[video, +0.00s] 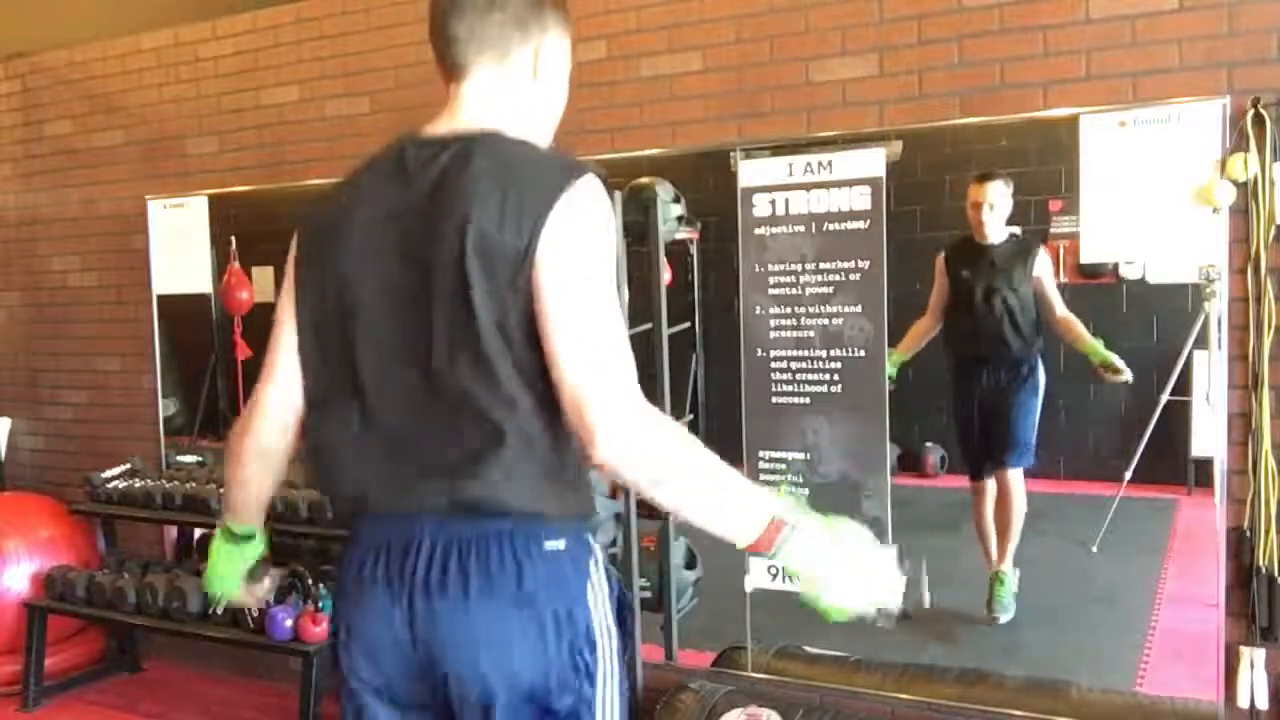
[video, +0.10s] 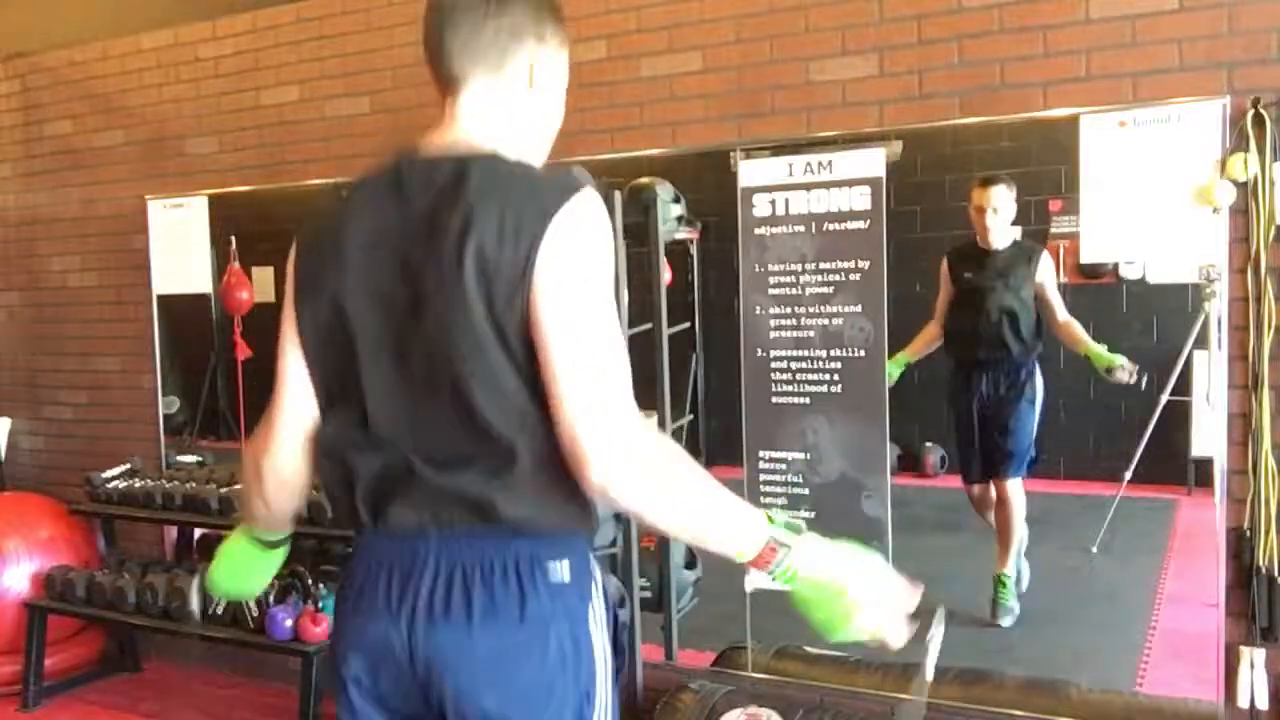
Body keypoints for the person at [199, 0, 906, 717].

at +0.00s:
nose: (567, 85)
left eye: (564, 63)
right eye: (565, 63)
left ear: (445, 61)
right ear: (547, 58)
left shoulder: (333, 215)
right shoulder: (557, 193)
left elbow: (270, 417)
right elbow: (613, 429)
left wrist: (236, 533)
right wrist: (787, 533)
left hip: (376, 577)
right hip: (526, 578)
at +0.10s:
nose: (564, 102)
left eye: (562, 77)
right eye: (562, 76)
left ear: (441, 71)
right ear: (537, 69)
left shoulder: (331, 228)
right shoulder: (550, 208)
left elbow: (283, 443)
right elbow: (613, 455)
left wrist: (264, 528)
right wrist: (790, 556)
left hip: (375, 592)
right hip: (524, 600)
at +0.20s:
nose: (568, 167)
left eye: (564, 147)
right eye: (566, 145)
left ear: (433, 148)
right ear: (542, 146)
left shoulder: (338, 303)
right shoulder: (562, 301)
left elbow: (274, 522)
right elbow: (631, 539)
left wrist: (365, 436)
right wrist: (820, 529)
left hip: (382, 657)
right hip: (534, 663)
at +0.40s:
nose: (568, 65)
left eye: (564, 43)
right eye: (565, 42)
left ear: (441, 46)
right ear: (540, 40)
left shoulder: (331, 203)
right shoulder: (560, 186)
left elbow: (261, 417)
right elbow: (617, 430)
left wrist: (224, 525)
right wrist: (790, 543)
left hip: (354, 567)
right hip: (499, 585)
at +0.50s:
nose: (563, 79)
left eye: (561, 55)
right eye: (562, 54)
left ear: (435, 54)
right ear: (538, 50)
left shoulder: (329, 207)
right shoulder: (558, 193)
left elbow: (255, 441)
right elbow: (608, 446)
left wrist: (235, 510)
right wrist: (784, 546)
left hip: (356, 566)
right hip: (502, 583)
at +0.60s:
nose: (561, 154)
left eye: (557, 130)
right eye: (558, 130)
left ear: (435, 132)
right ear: (535, 127)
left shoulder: (331, 289)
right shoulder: (555, 284)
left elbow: (259, 500)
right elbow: (621, 528)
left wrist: (371, 445)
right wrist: (804, 522)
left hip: (356, 646)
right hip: (502, 657)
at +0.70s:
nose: (556, 156)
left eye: (551, 129)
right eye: (552, 128)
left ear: (429, 131)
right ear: (524, 123)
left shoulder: (328, 293)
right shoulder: (551, 279)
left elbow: (256, 501)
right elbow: (634, 516)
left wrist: (367, 455)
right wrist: (813, 507)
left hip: (352, 655)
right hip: (502, 669)